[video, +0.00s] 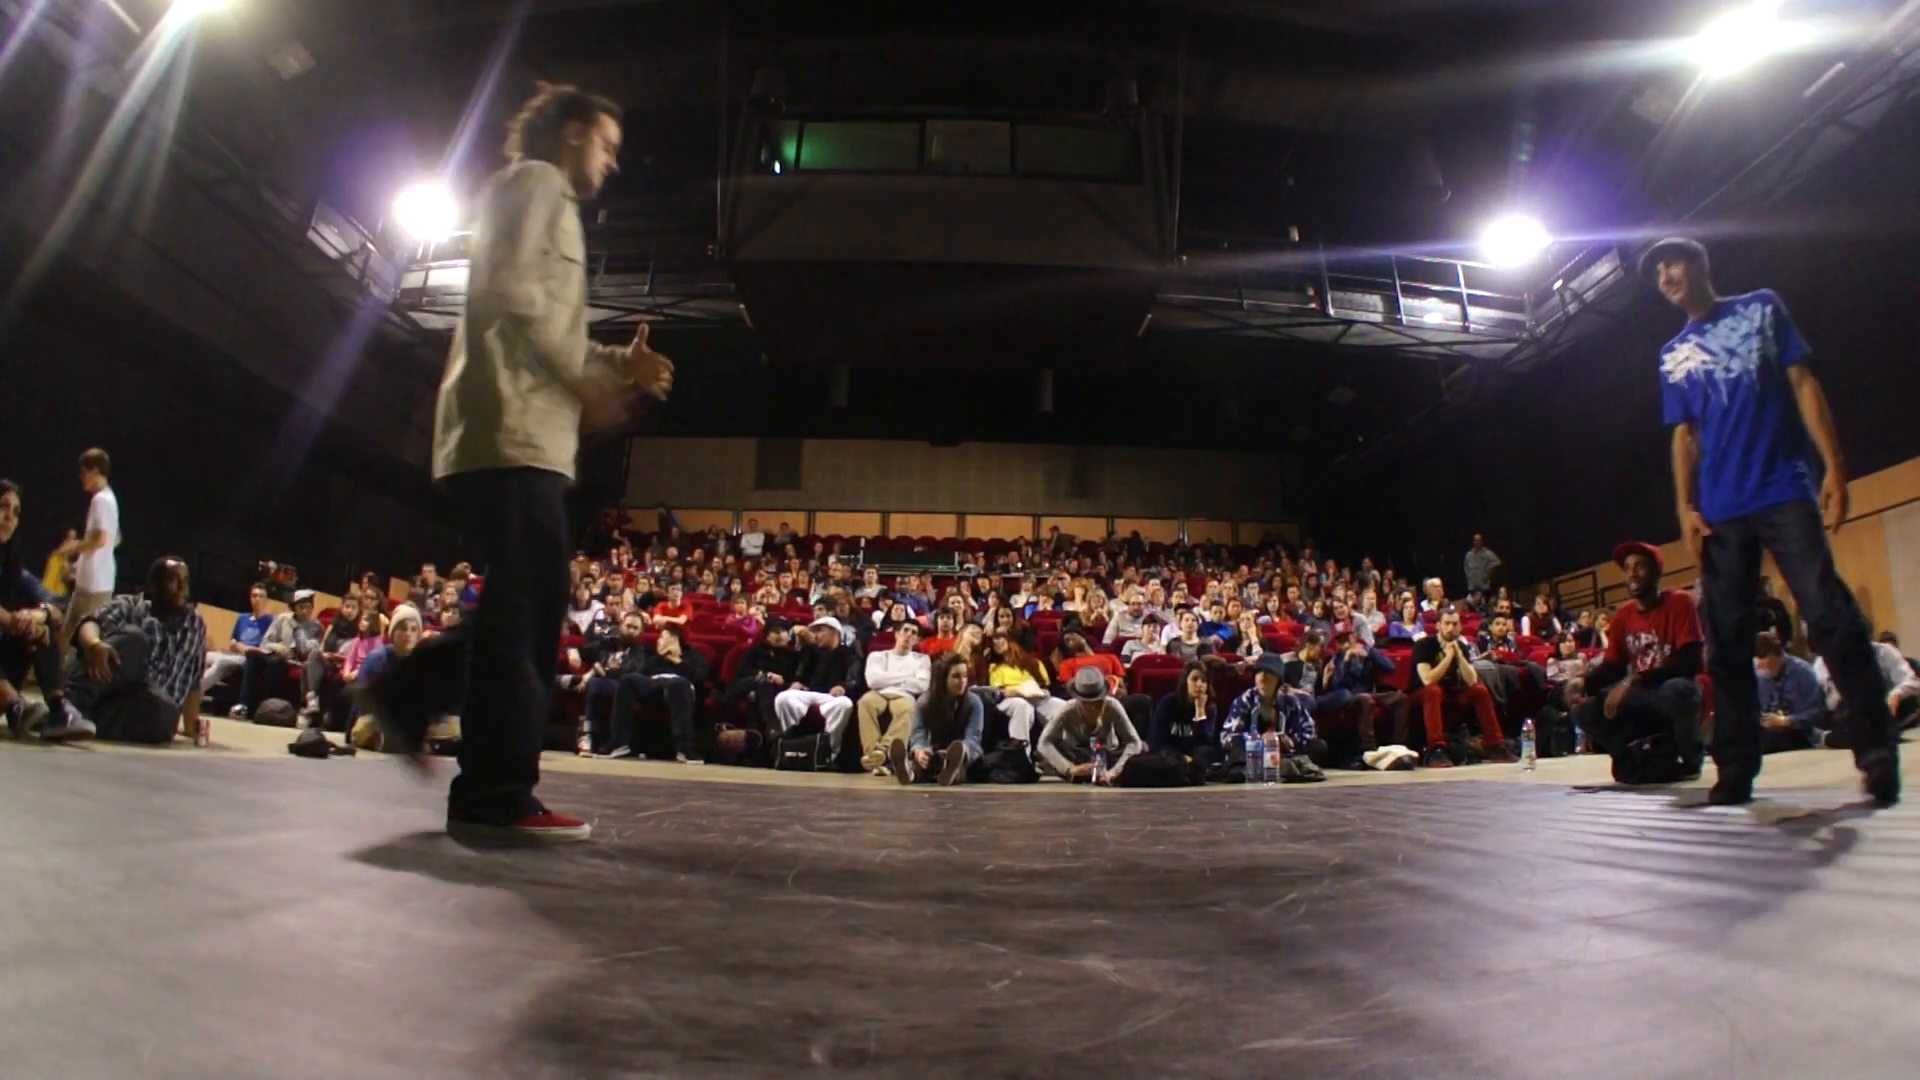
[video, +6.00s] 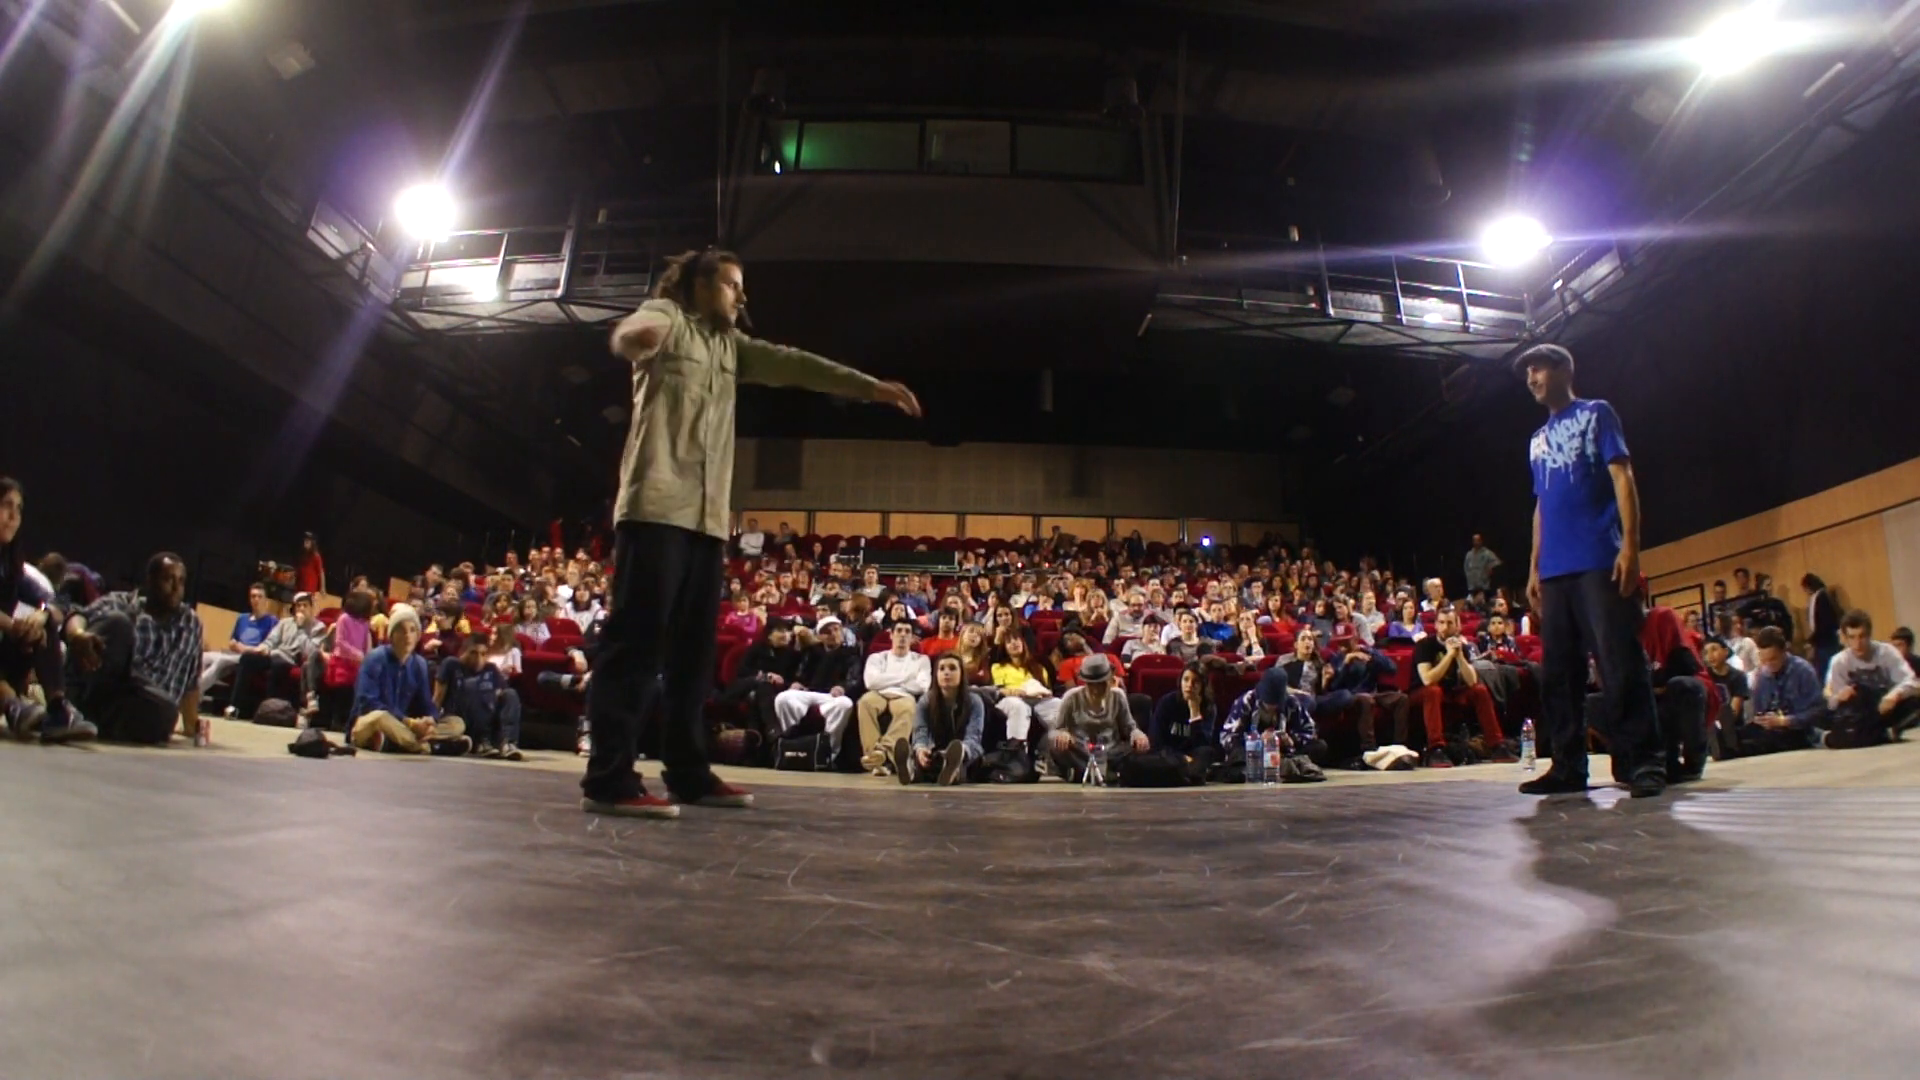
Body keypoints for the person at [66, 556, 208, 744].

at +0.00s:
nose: (178, 589)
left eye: (183, 583)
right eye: (171, 581)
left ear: (187, 587)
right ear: (156, 583)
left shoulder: (194, 624)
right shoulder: (130, 605)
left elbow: (194, 682)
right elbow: (89, 624)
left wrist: (191, 730)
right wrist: (93, 644)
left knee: (161, 720)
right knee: (133, 638)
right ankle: (71, 707)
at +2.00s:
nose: (171, 588)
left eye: (178, 583)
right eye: (164, 580)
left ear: (185, 589)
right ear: (152, 583)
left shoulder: (194, 624)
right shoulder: (127, 605)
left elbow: (194, 684)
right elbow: (89, 624)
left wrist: (191, 731)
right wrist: (93, 644)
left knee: (161, 719)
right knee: (134, 640)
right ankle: (69, 704)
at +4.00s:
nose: (178, 586)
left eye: (182, 580)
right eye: (171, 579)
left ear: (186, 584)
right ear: (151, 582)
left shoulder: (192, 626)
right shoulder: (123, 601)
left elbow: (191, 685)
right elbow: (77, 617)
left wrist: (190, 729)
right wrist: (77, 635)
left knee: (162, 717)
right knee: (116, 624)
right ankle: (62, 708)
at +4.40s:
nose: (179, 586)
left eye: (183, 580)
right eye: (171, 578)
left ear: (187, 584)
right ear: (152, 580)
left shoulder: (192, 624)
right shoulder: (124, 602)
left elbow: (191, 684)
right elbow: (79, 615)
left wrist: (191, 730)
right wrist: (77, 634)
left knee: (159, 722)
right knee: (116, 623)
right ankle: (68, 707)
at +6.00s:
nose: (176, 588)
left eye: (181, 581)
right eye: (169, 580)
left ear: (184, 586)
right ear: (151, 580)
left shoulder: (191, 623)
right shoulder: (122, 602)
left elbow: (190, 684)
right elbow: (79, 616)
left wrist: (191, 730)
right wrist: (76, 634)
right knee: (117, 624)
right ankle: (71, 710)